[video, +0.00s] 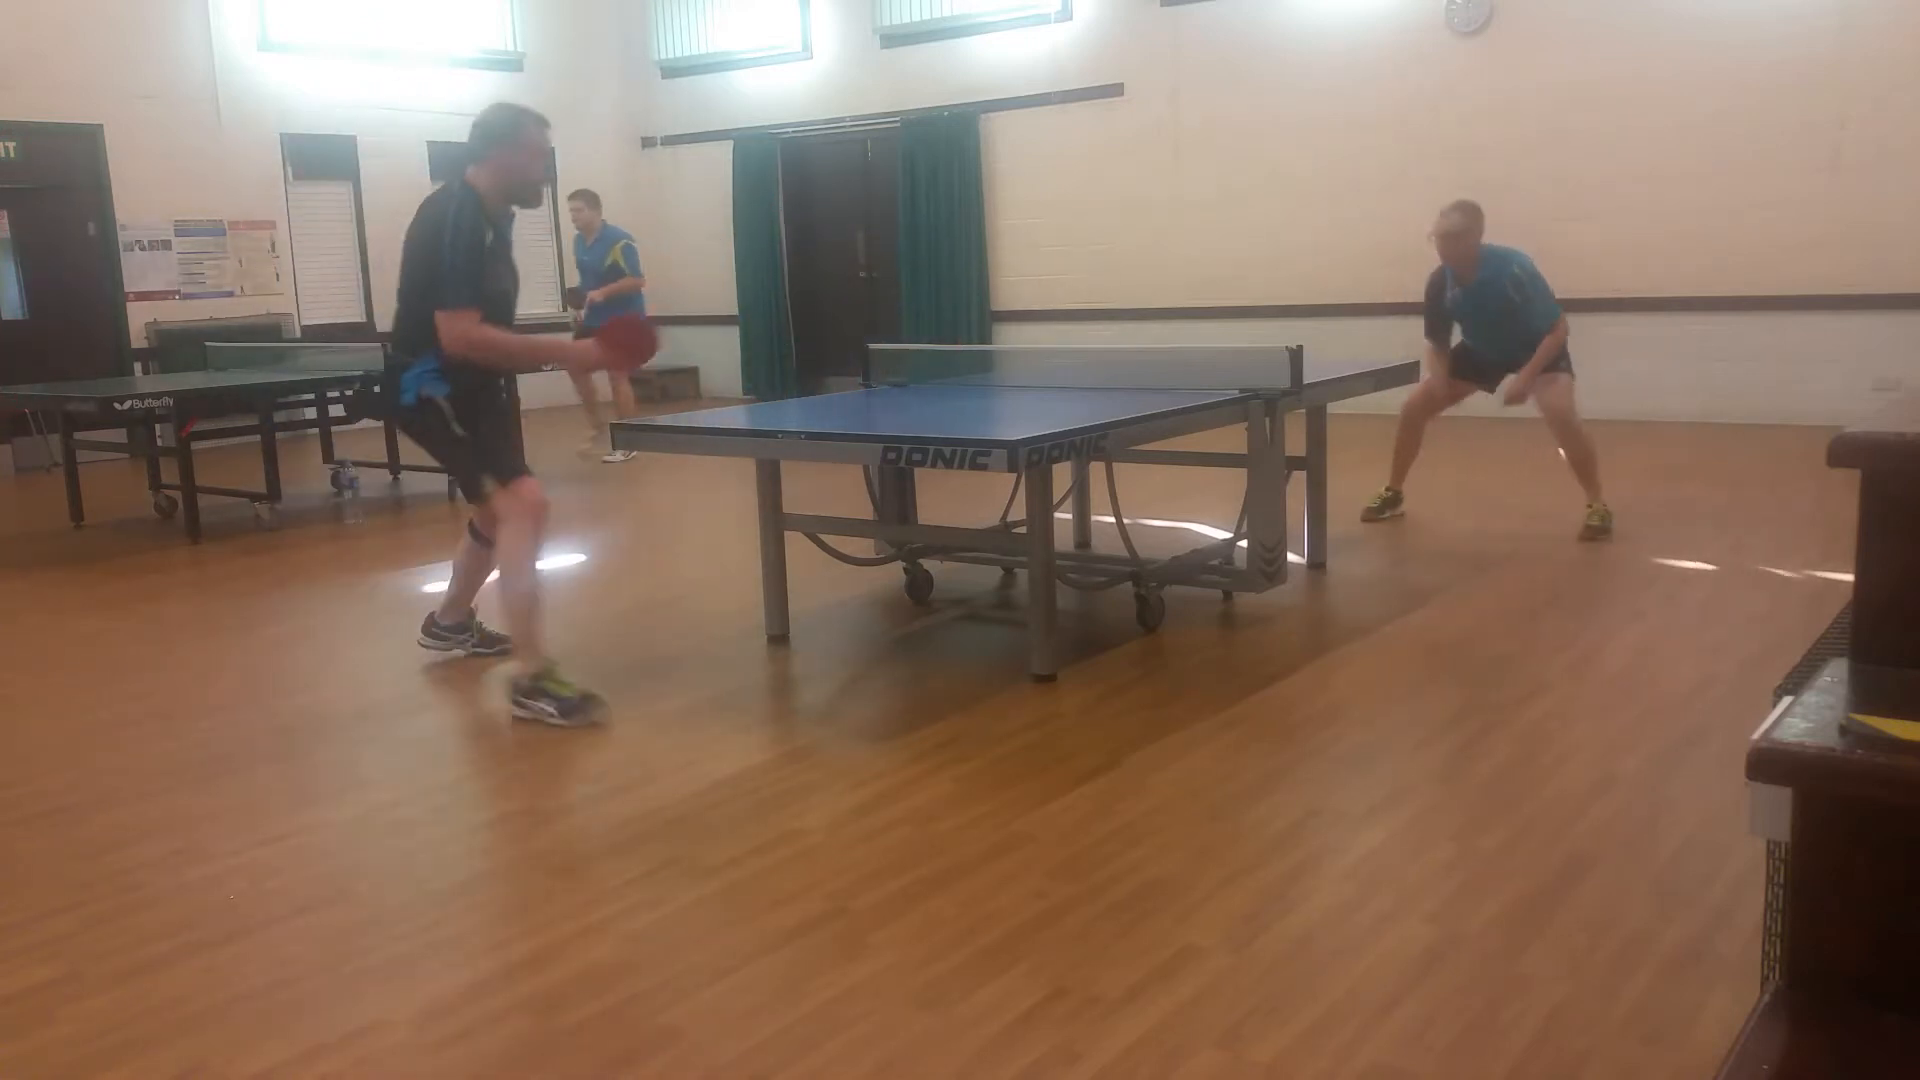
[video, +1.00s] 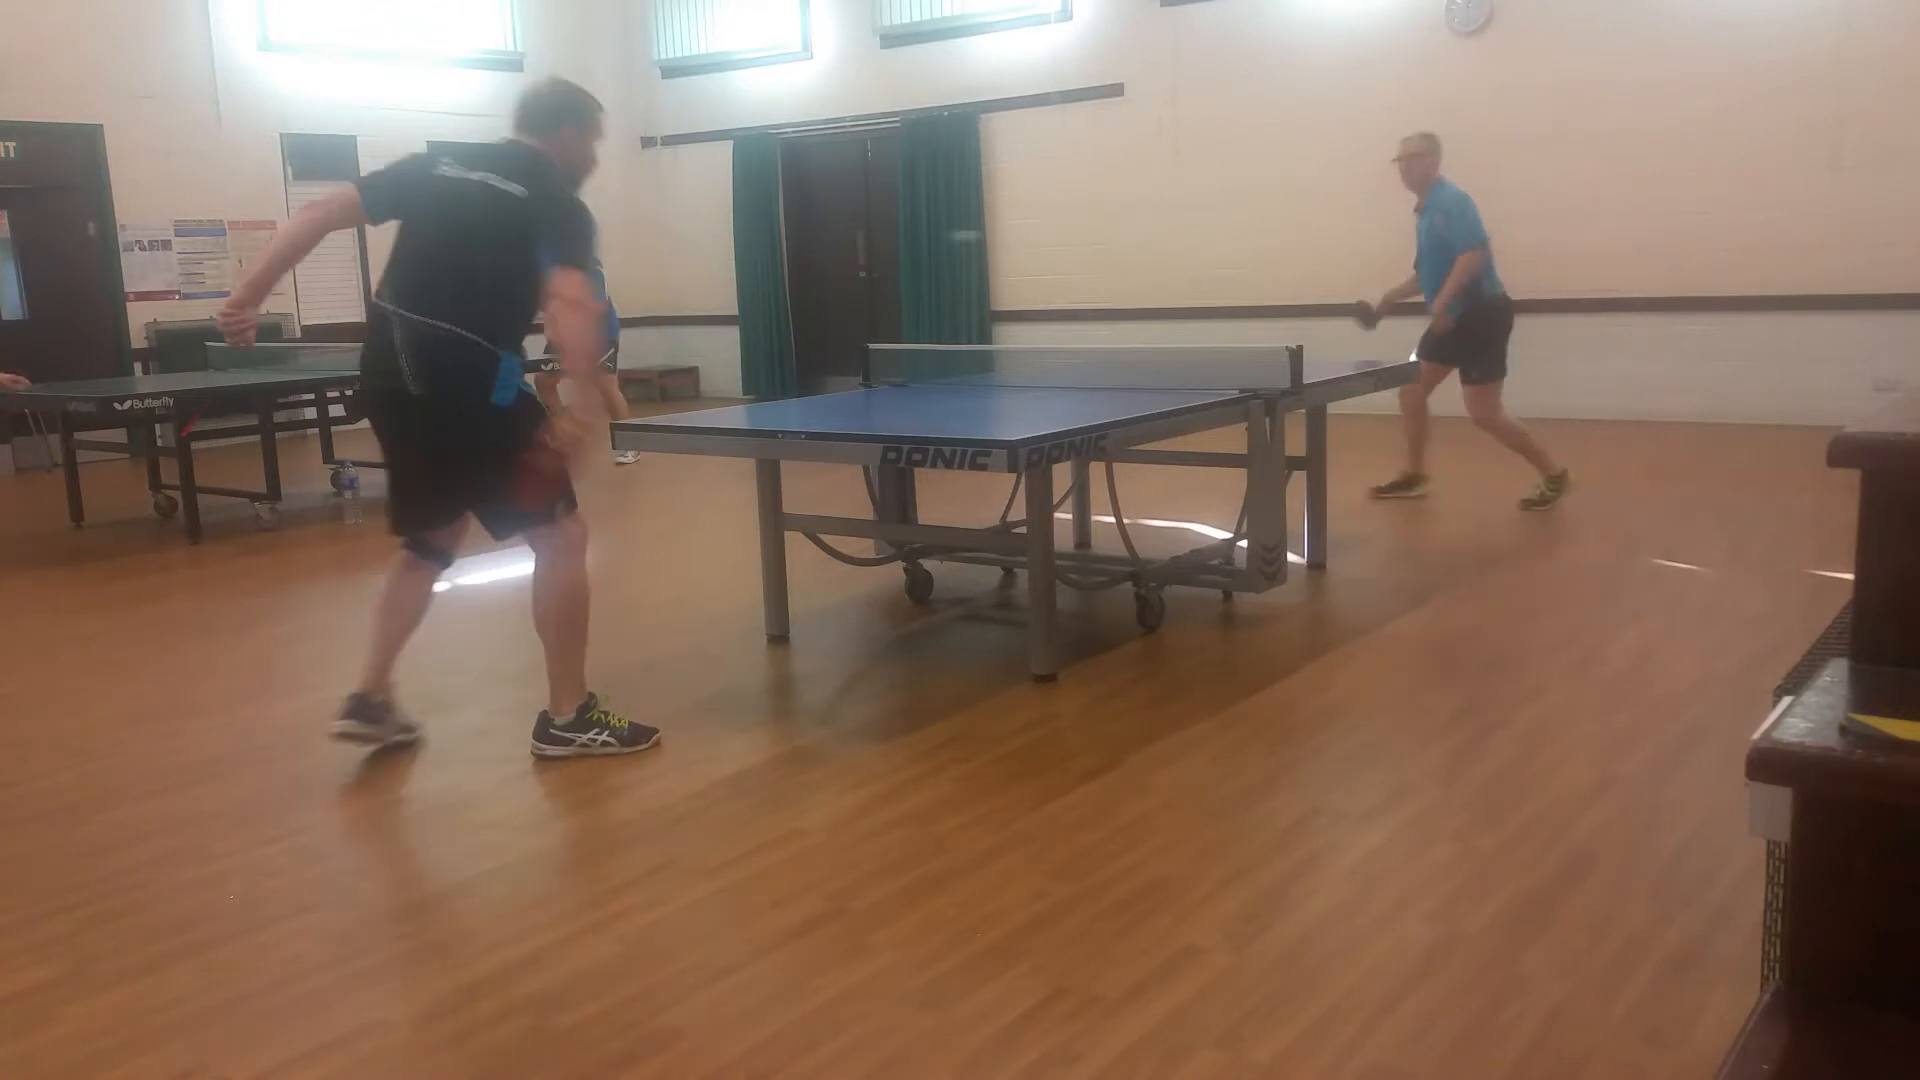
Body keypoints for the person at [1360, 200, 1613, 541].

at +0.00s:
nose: (1439, 246)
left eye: (1448, 238)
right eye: (1437, 238)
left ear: (1472, 240)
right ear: (1434, 239)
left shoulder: (1515, 268)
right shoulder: (1440, 284)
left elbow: (1558, 330)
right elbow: (1437, 342)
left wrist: (1525, 378)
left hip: (1537, 351)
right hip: (1482, 354)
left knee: (1559, 414)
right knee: (1415, 406)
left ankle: (1596, 504)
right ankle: (1393, 492)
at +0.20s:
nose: (1457, 231)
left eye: (1465, 225)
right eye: (1456, 223)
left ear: (1490, 224)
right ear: (1455, 221)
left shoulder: (1521, 257)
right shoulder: (1450, 256)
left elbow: (1581, 303)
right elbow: (1407, 288)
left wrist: (1580, 355)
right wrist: (1408, 308)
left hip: (1540, 352)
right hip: (1488, 353)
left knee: (1554, 419)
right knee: (1415, 408)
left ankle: (1596, 506)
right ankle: (1391, 492)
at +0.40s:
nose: (1460, 193)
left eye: (1470, 185)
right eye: (1458, 185)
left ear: (1493, 188)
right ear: (1455, 186)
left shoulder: (1517, 231)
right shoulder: (1473, 229)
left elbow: (1568, 283)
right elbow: (1488, 275)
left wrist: (1566, 337)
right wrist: (1454, 282)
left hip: (1541, 344)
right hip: (1496, 341)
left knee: (1547, 421)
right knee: (1432, 400)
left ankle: (1595, 507)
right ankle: (1404, 482)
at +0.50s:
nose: (1454, 183)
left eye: (1462, 176)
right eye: (1453, 176)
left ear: (1486, 179)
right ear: (1459, 179)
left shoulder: (1513, 223)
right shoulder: (1476, 220)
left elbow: (1559, 277)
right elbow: (1500, 277)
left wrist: (1544, 325)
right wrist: (1472, 306)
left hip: (1541, 333)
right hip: (1497, 335)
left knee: (1546, 419)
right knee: (1435, 400)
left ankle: (1595, 506)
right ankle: (1447, 475)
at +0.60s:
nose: (1450, 177)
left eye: (1459, 170)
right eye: (1447, 170)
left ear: (1481, 173)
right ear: (1447, 174)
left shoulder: (1504, 215)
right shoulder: (1465, 221)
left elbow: (1545, 269)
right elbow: (1471, 282)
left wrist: (1524, 316)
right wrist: (1434, 309)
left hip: (1532, 329)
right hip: (1490, 334)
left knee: (1543, 415)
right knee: (1448, 409)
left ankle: (1593, 504)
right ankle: (1477, 481)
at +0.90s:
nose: (1414, 156)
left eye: (1421, 148)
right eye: (1413, 149)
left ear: (1444, 149)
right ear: (1425, 153)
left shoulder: (1469, 188)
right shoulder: (1436, 199)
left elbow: (1500, 237)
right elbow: (1425, 266)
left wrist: (1473, 290)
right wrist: (1388, 287)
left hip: (1494, 305)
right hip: (1457, 310)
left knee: (1484, 405)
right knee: (1428, 391)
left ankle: (1549, 471)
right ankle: (1461, 469)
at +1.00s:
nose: (1403, 168)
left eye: (1411, 160)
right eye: (1401, 161)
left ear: (1432, 162)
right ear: (1403, 165)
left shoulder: (1453, 201)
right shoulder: (1428, 208)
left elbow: (1473, 256)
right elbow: (1427, 272)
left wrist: (1440, 306)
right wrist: (1388, 298)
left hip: (1484, 312)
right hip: (1454, 315)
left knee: (1484, 412)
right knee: (1412, 389)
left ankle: (1554, 475)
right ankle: (1414, 474)